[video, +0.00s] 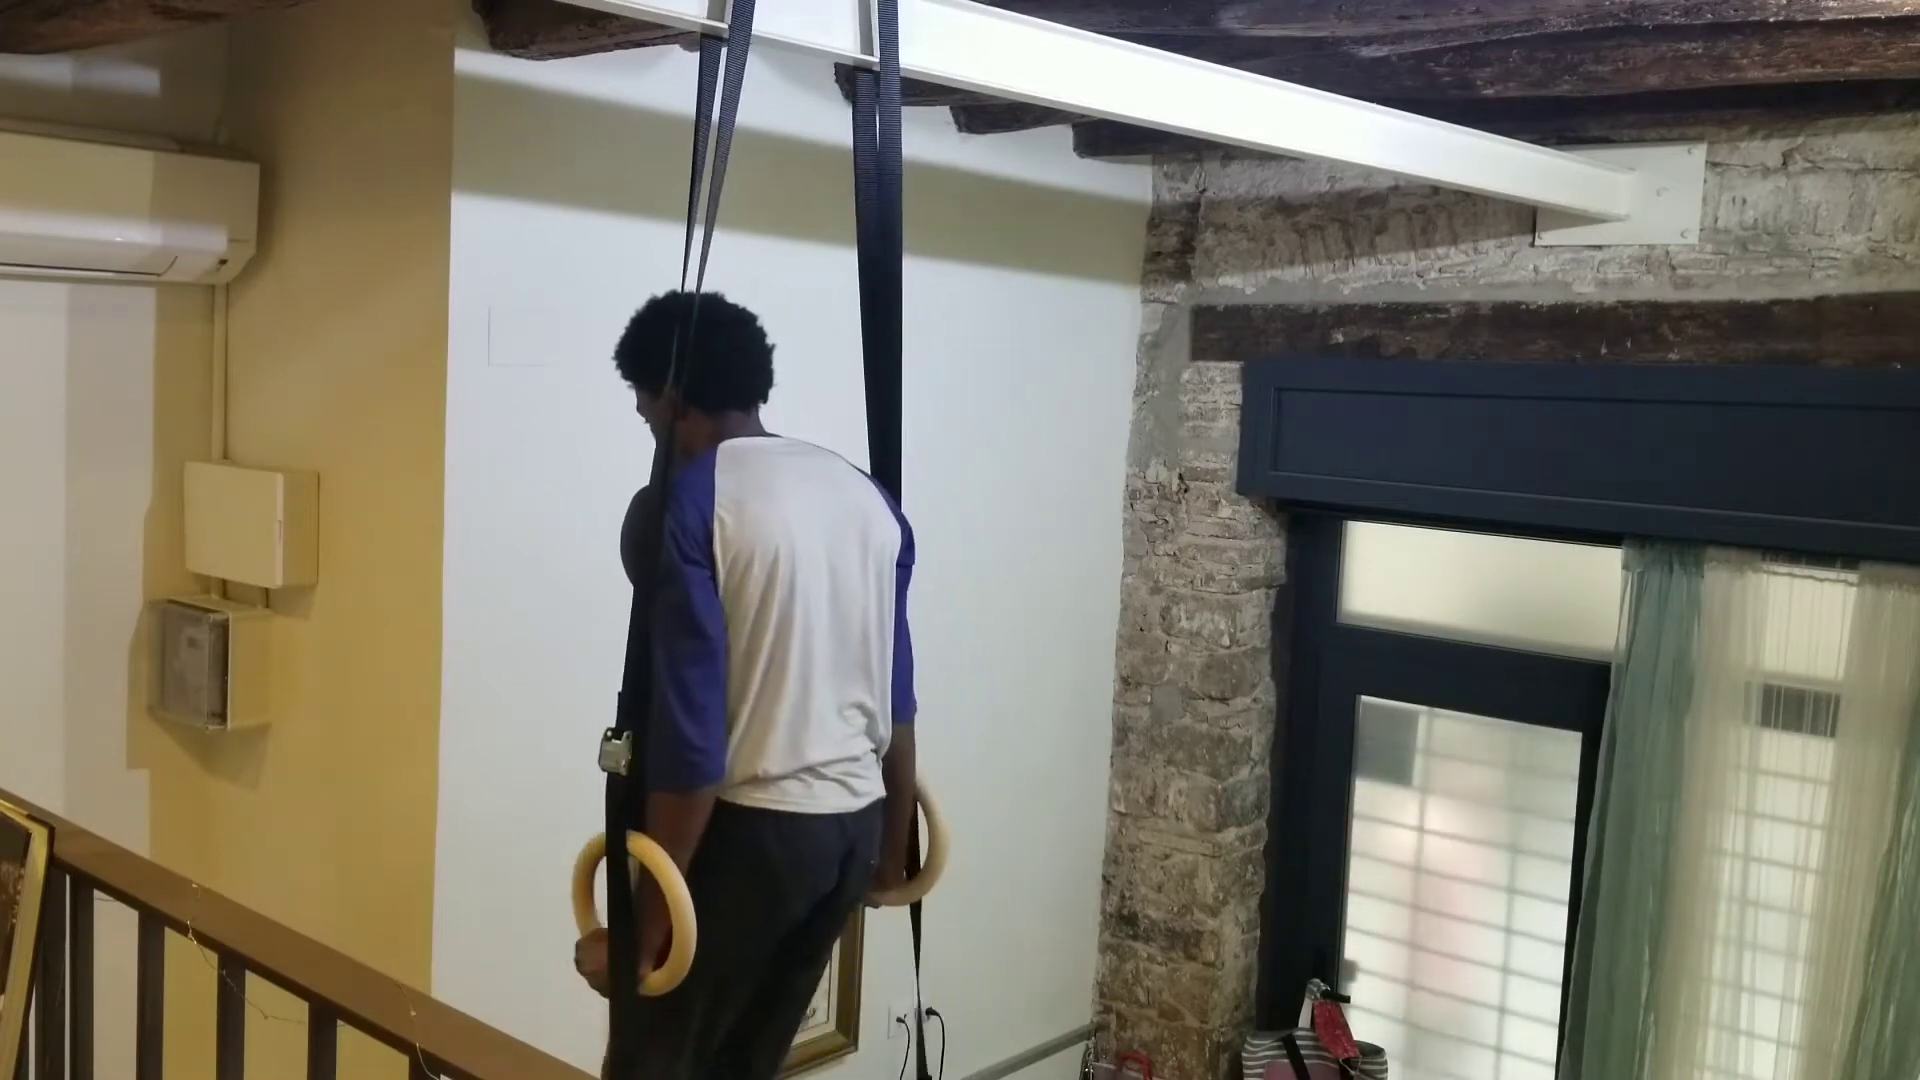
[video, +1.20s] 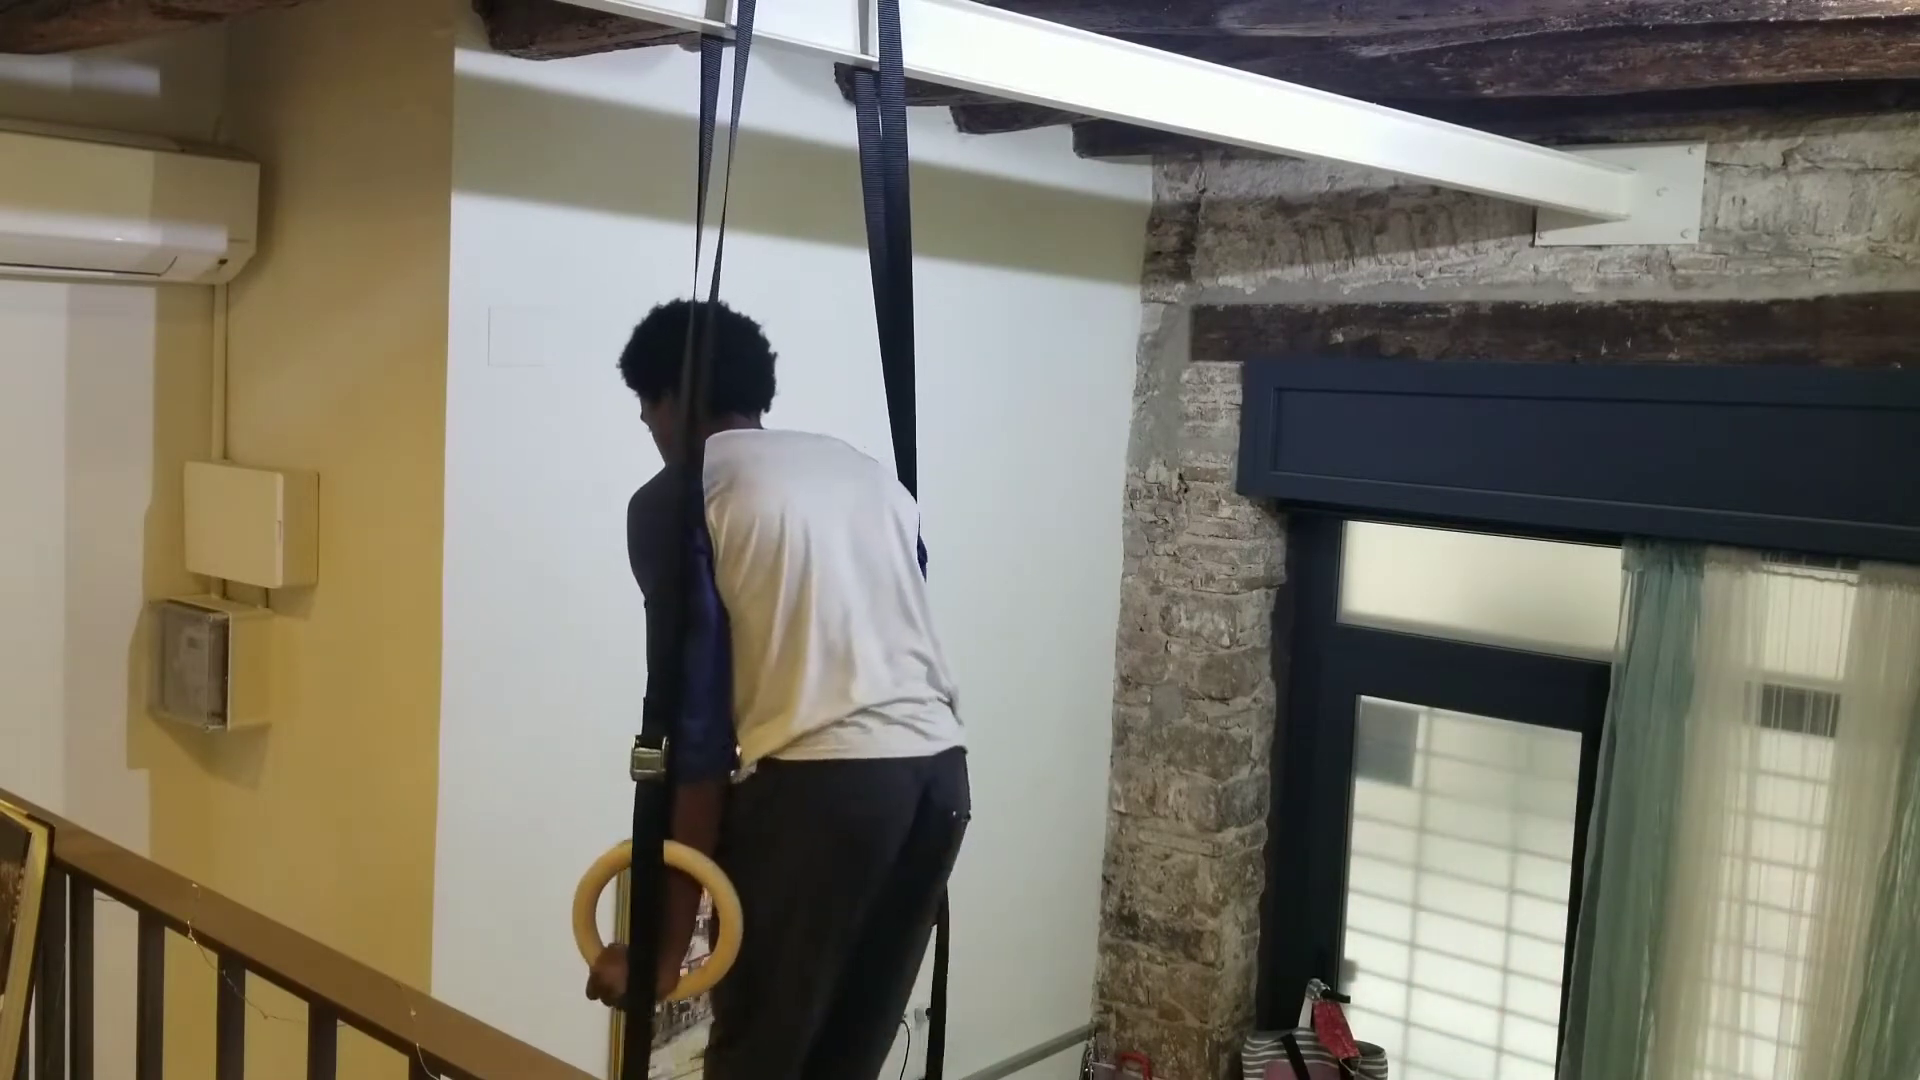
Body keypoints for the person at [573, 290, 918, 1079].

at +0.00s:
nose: (647, 419)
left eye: (645, 399)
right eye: (642, 401)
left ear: (673, 393)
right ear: (754, 383)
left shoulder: (688, 500)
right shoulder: (867, 496)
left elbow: (691, 734)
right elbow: (896, 694)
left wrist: (644, 910)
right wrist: (896, 842)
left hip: (739, 844)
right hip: (849, 842)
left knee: (653, 1063)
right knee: (747, 1063)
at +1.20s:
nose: (649, 432)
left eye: (649, 410)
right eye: (644, 412)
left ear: (677, 393)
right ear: (752, 390)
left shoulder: (677, 496)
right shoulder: (872, 473)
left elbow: (698, 732)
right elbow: (913, 654)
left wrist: (659, 952)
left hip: (815, 793)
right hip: (937, 788)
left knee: (758, 1057)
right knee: (851, 1055)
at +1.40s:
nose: (641, 448)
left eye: (638, 428)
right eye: (635, 431)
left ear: (663, 412)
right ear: (743, 399)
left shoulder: (676, 498)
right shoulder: (857, 466)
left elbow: (698, 729)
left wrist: (660, 943)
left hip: (826, 786)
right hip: (947, 776)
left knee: (796, 1054)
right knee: (895, 1055)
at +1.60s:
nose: (635, 443)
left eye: (632, 423)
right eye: (628, 425)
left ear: (659, 409)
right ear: (738, 395)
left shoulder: (665, 497)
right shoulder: (848, 465)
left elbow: (696, 721)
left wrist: (672, 942)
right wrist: (742, 812)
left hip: (824, 788)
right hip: (941, 776)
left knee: (806, 1056)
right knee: (915, 1053)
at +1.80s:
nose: (628, 452)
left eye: (624, 434)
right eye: (620, 436)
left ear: (650, 416)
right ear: (728, 397)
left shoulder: (661, 499)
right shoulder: (846, 474)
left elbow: (682, 698)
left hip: (807, 801)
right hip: (921, 791)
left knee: (794, 1059)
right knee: (890, 1060)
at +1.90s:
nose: (622, 451)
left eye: (618, 433)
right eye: (615, 436)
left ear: (644, 415)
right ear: (723, 396)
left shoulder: (651, 499)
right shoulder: (840, 472)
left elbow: (676, 697)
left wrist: (663, 916)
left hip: (795, 803)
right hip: (908, 790)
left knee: (790, 1060)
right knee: (884, 1060)